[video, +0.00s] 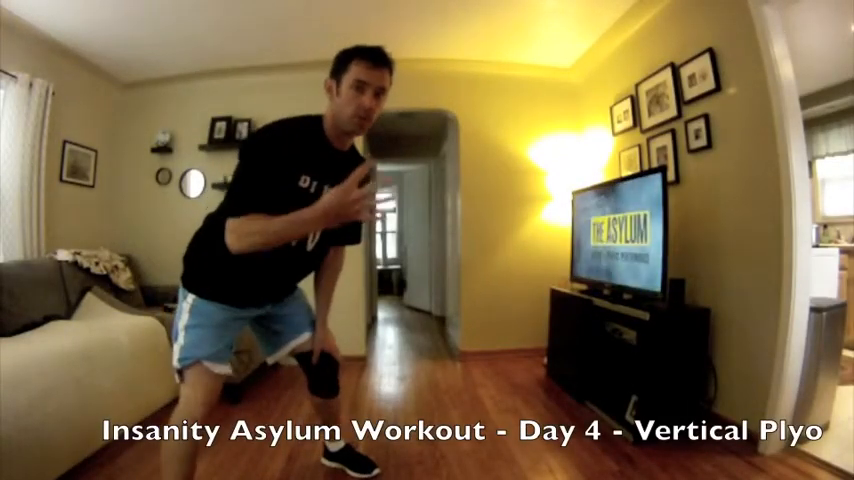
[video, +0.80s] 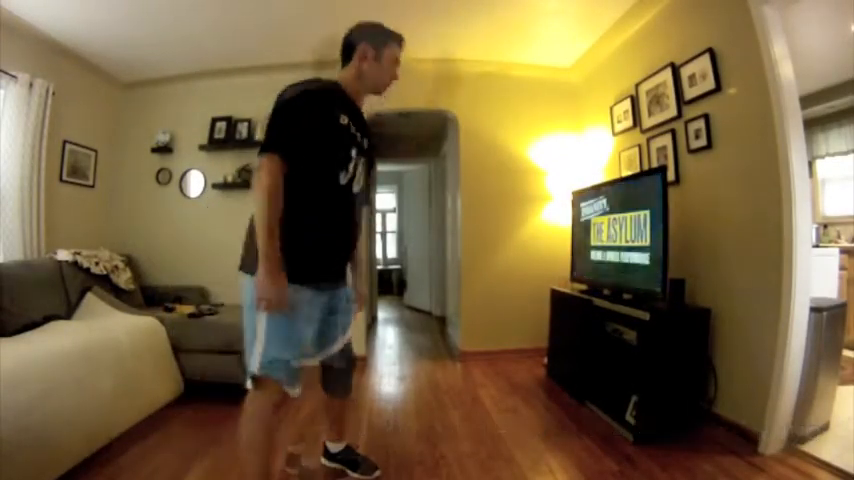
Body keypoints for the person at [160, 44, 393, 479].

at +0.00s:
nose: (369, 104)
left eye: (379, 95)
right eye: (360, 88)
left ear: (384, 102)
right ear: (331, 88)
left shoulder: (355, 170)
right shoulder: (273, 141)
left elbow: (334, 249)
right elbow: (237, 236)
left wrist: (321, 322)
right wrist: (324, 214)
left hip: (276, 285)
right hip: (216, 284)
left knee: (323, 365)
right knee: (201, 394)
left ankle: (335, 447)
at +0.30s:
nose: (397, 102)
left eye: (399, 91)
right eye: (393, 88)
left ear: (367, 83)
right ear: (361, 78)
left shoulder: (356, 161)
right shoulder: (289, 125)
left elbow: (337, 239)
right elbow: (252, 209)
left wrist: (329, 301)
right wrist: (309, 285)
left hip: (294, 290)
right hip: (232, 284)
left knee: (331, 370)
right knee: (206, 397)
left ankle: (335, 447)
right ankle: (178, 473)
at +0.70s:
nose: (400, 81)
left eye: (402, 71)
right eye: (397, 69)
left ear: (371, 64)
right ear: (369, 61)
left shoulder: (362, 134)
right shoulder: (307, 102)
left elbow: (353, 213)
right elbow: (269, 180)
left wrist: (353, 277)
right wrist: (262, 268)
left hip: (329, 275)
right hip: (281, 273)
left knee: (343, 363)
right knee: (263, 384)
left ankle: (336, 447)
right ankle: (230, 473)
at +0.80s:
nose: (396, 75)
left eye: (398, 65)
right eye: (393, 63)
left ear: (370, 60)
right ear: (364, 56)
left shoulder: (359, 128)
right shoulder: (303, 100)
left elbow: (354, 208)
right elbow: (267, 178)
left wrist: (356, 275)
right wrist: (269, 266)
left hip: (331, 273)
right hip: (282, 271)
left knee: (339, 368)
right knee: (270, 385)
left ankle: (336, 447)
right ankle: (259, 472)